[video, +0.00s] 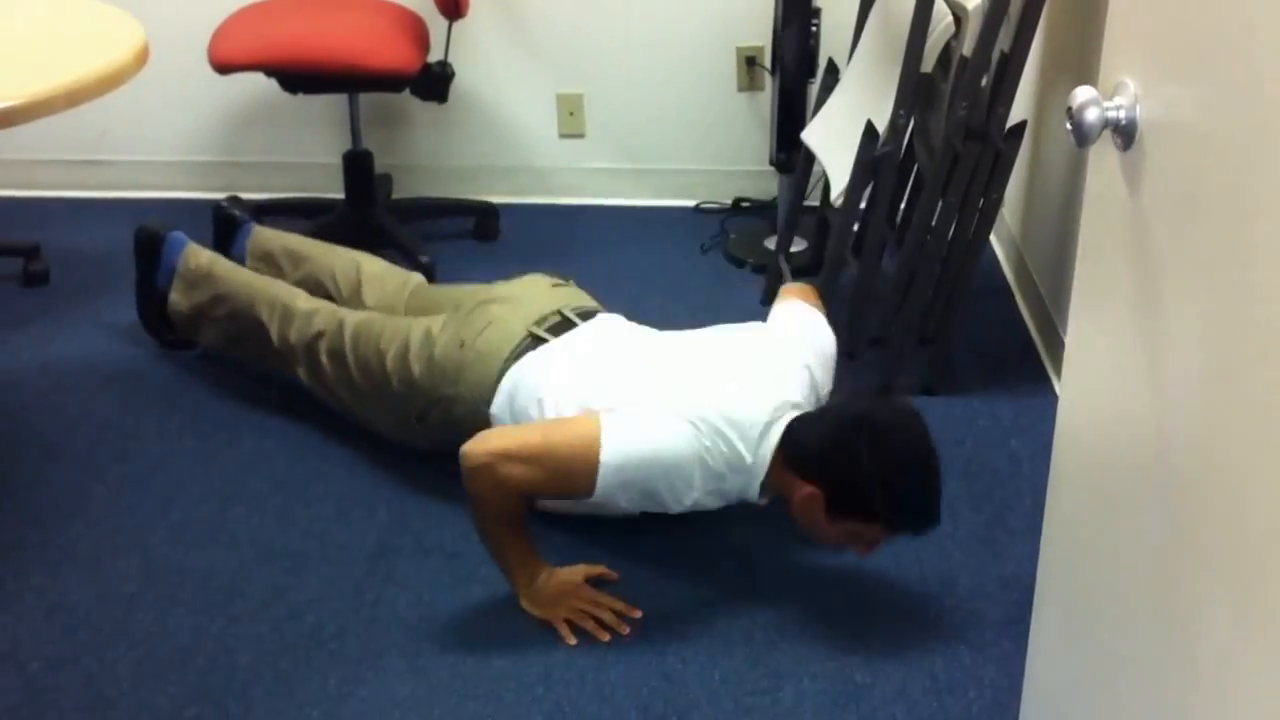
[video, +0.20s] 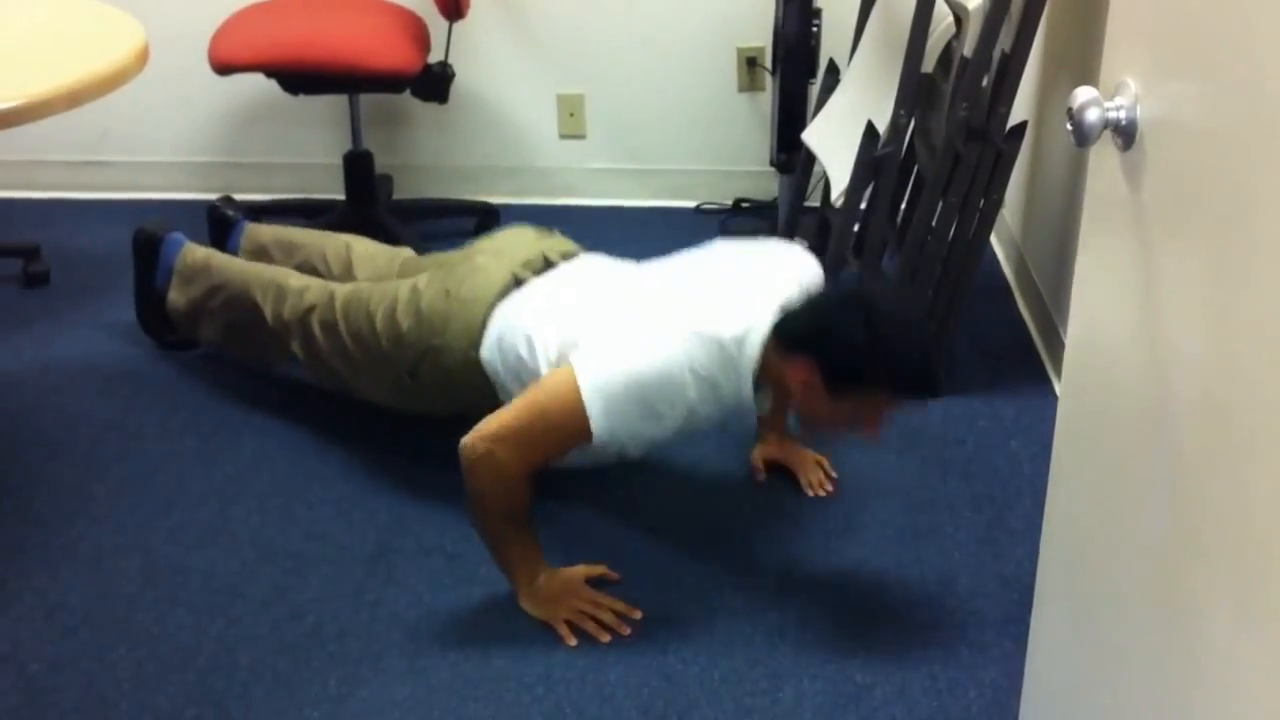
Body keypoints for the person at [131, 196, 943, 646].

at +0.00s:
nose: (862, 549)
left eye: (878, 538)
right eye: (863, 535)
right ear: (819, 499)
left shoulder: (806, 361)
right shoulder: (690, 454)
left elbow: (798, 292)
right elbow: (487, 464)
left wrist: (781, 442)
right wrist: (534, 581)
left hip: (560, 304)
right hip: (487, 373)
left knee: (408, 293)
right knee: (319, 340)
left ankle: (253, 239)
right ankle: (182, 277)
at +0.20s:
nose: (875, 430)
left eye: (887, 414)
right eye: (868, 414)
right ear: (804, 373)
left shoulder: (799, 273)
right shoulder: (669, 369)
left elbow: (772, 353)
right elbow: (487, 455)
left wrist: (770, 430)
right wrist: (534, 581)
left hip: (545, 259)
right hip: (483, 334)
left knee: (386, 266)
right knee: (311, 325)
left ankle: (245, 230)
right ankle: (180, 277)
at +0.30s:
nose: (863, 352)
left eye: (879, 340)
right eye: (862, 335)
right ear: (805, 299)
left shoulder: (784, 214)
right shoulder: (654, 311)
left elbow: (782, 328)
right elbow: (512, 438)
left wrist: (772, 430)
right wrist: (535, 578)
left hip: (533, 220)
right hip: (473, 291)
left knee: (387, 255)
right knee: (310, 315)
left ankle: (249, 231)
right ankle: (182, 282)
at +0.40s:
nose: (862, 304)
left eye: (877, 289)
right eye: (859, 284)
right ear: (800, 241)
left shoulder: (779, 187)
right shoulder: (643, 274)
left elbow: (777, 306)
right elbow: (539, 421)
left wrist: (773, 433)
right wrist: (534, 575)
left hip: (524, 206)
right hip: (469, 276)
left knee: (389, 244)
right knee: (311, 306)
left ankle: (247, 235)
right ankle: (182, 284)